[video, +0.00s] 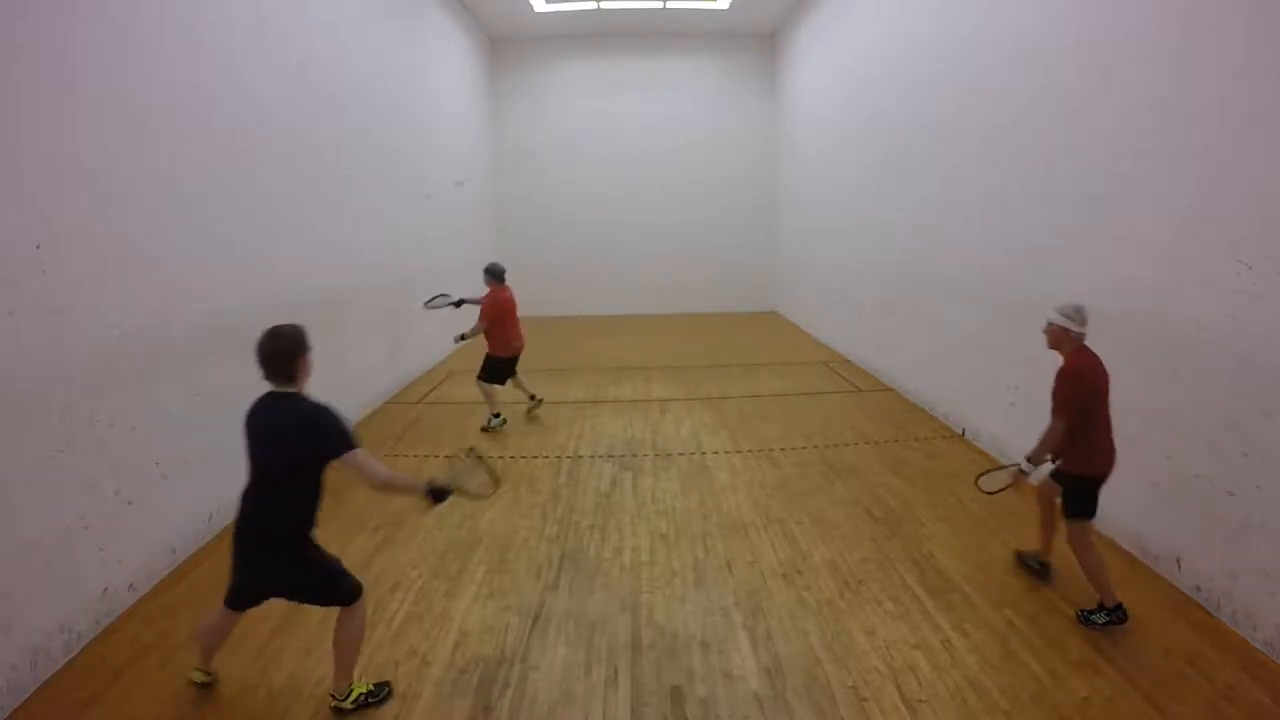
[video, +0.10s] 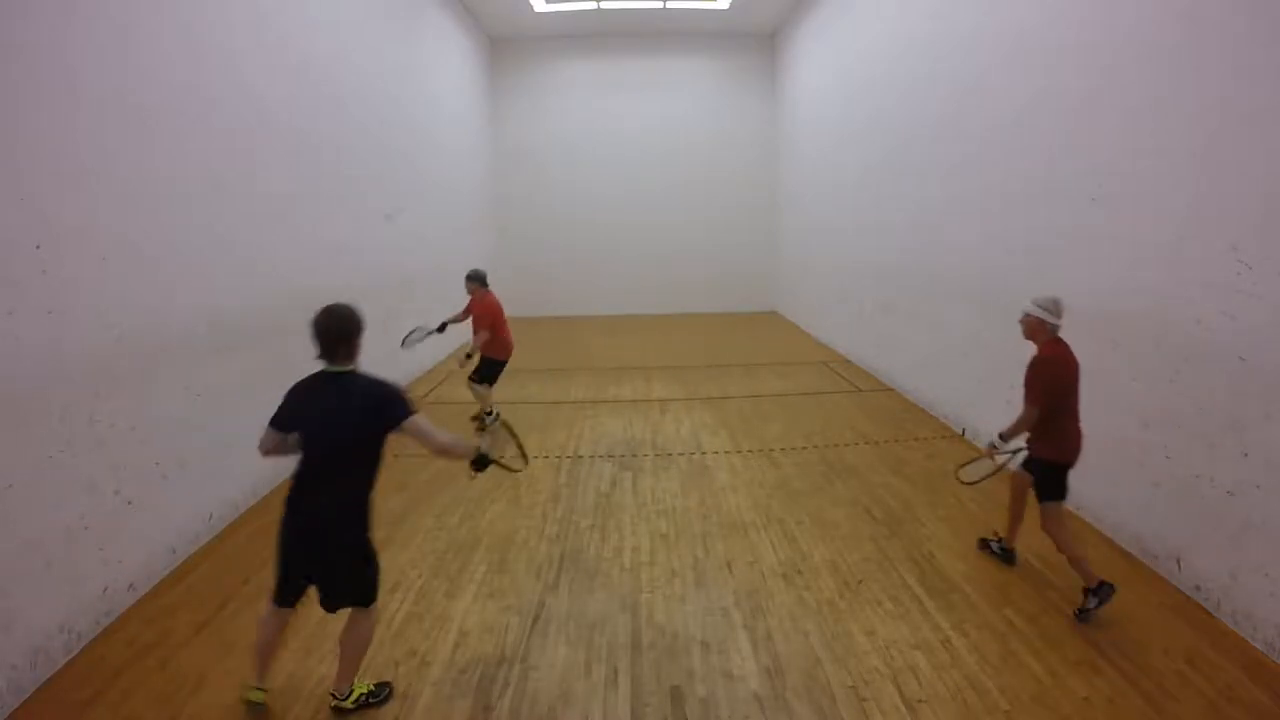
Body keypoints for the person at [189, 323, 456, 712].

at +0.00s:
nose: (310, 360)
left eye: (307, 353)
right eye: (308, 355)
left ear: (266, 366)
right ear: (304, 364)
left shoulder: (258, 412)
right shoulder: (317, 417)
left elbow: (269, 471)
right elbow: (377, 476)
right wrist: (427, 488)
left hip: (249, 541)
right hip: (290, 547)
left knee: (233, 606)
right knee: (352, 597)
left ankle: (201, 668)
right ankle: (343, 690)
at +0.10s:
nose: (355, 341)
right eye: (356, 334)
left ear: (318, 343)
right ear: (358, 341)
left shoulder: (304, 391)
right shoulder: (379, 394)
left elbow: (268, 446)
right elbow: (438, 442)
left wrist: (313, 439)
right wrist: (476, 452)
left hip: (300, 518)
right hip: (346, 523)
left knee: (282, 600)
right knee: (364, 605)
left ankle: (256, 685)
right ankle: (343, 691)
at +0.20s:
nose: (403, 312)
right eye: (406, 305)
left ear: (367, 310)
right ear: (408, 310)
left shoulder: (347, 359)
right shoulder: (425, 361)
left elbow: (292, 399)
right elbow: (461, 416)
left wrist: (342, 430)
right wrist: (485, 457)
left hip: (366, 487)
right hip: (411, 489)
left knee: (366, 590)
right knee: (400, 592)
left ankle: (357, 679)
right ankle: (363, 673)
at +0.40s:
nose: (517, 321)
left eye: (507, 313)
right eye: (519, 315)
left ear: (477, 317)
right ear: (516, 320)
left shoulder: (450, 369)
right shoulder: (536, 372)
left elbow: (415, 430)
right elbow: (560, 438)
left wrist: (430, 488)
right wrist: (579, 496)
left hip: (487, 504)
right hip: (537, 498)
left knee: (513, 612)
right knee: (559, 568)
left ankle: (533, 708)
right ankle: (579, 656)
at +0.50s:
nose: (558, 336)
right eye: (566, 327)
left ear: (532, 334)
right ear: (570, 332)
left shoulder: (512, 386)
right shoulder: (592, 382)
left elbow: (499, 460)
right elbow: (636, 445)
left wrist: (530, 479)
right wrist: (654, 493)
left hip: (547, 515)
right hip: (596, 505)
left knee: (538, 623)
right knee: (638, 559)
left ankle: (542, 712)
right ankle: (692, 621)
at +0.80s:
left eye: (649, 342)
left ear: (648, 346)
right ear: (679, 339)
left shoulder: (646, 386)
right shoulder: (707, 370)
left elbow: (643, 449)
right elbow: (730, 417)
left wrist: (656, 494)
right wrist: (734, 452)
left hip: (685, 467)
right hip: (725, 461)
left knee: (672, 501)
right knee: (746, 498)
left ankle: (657, 555)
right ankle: (756, 559)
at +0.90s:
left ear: (685, 349)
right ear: (713, 343)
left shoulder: (684, 389)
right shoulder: (742, 373)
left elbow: (690, 449)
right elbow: (755, 427)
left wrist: (703, 494)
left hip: (712, 469)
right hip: (753, 463)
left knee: (685, 492)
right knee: (779, 477)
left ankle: (660, 552)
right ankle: (800, 531)